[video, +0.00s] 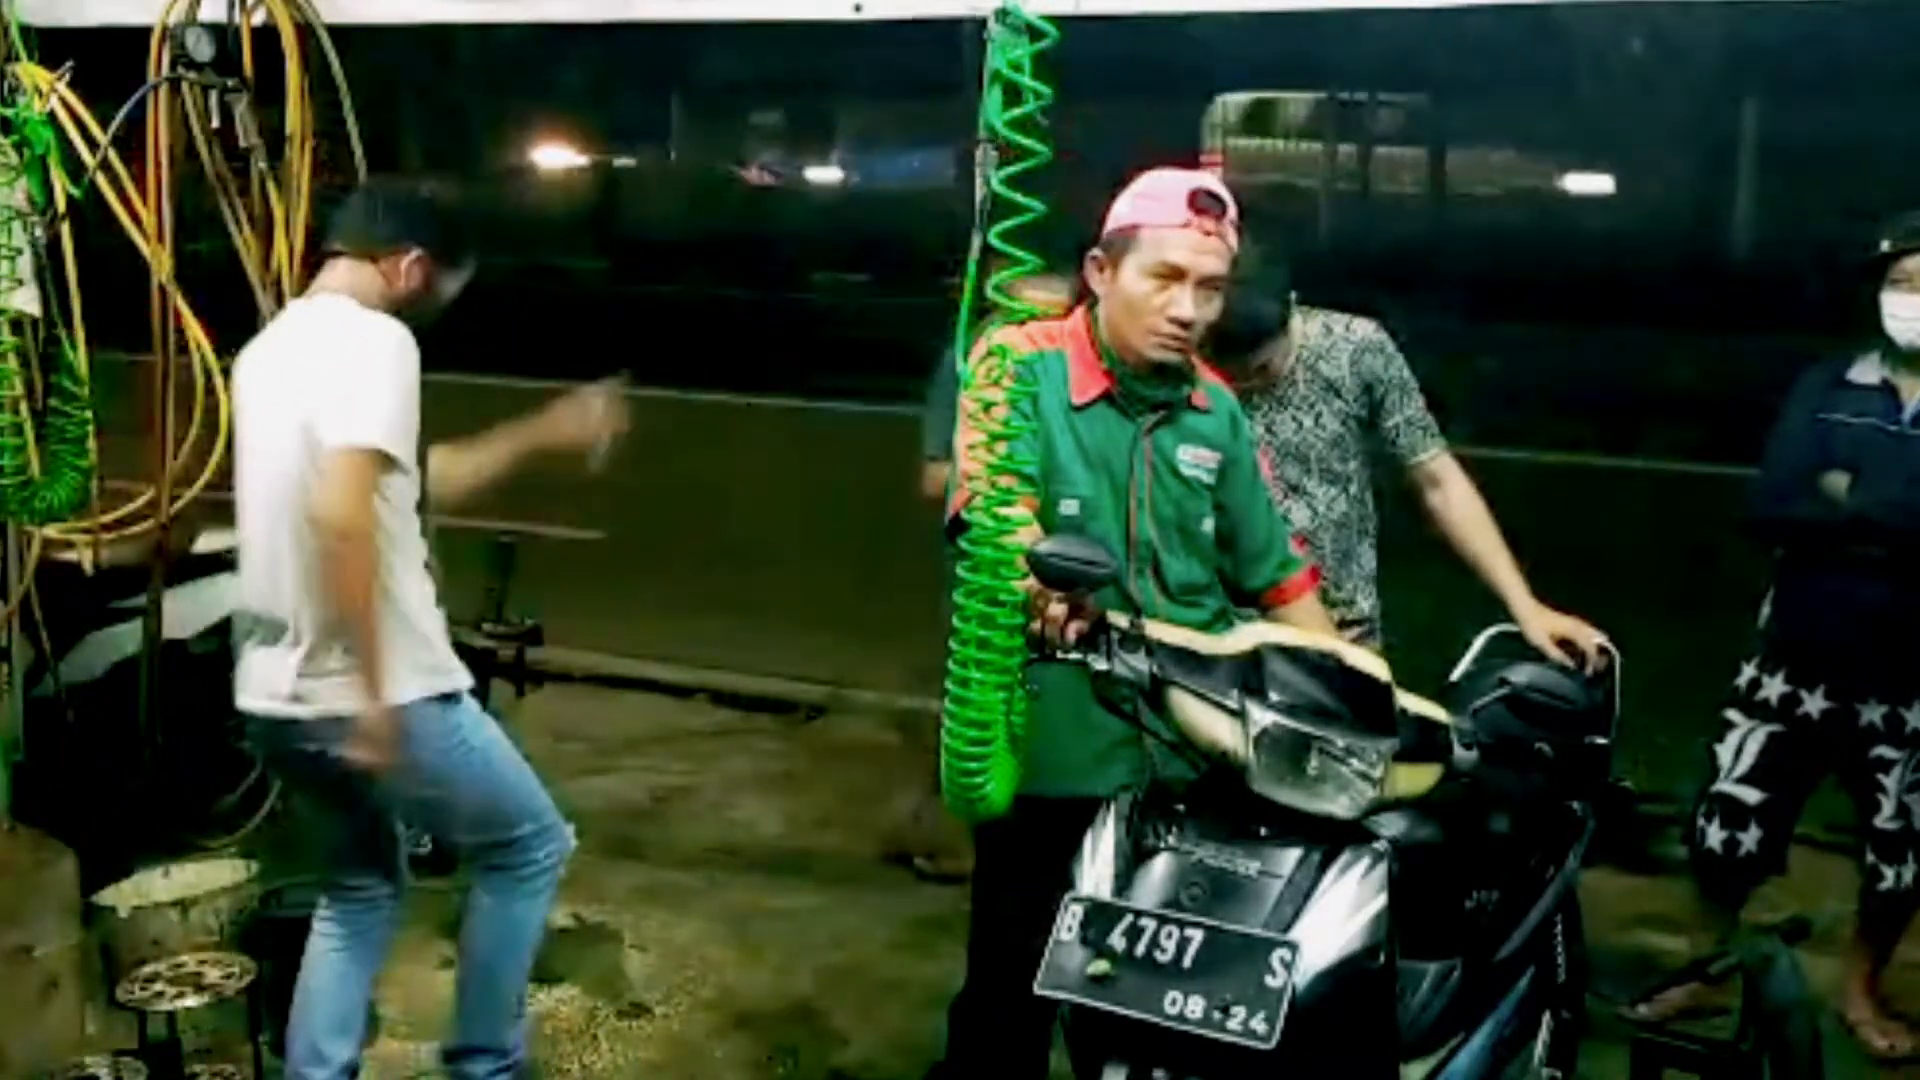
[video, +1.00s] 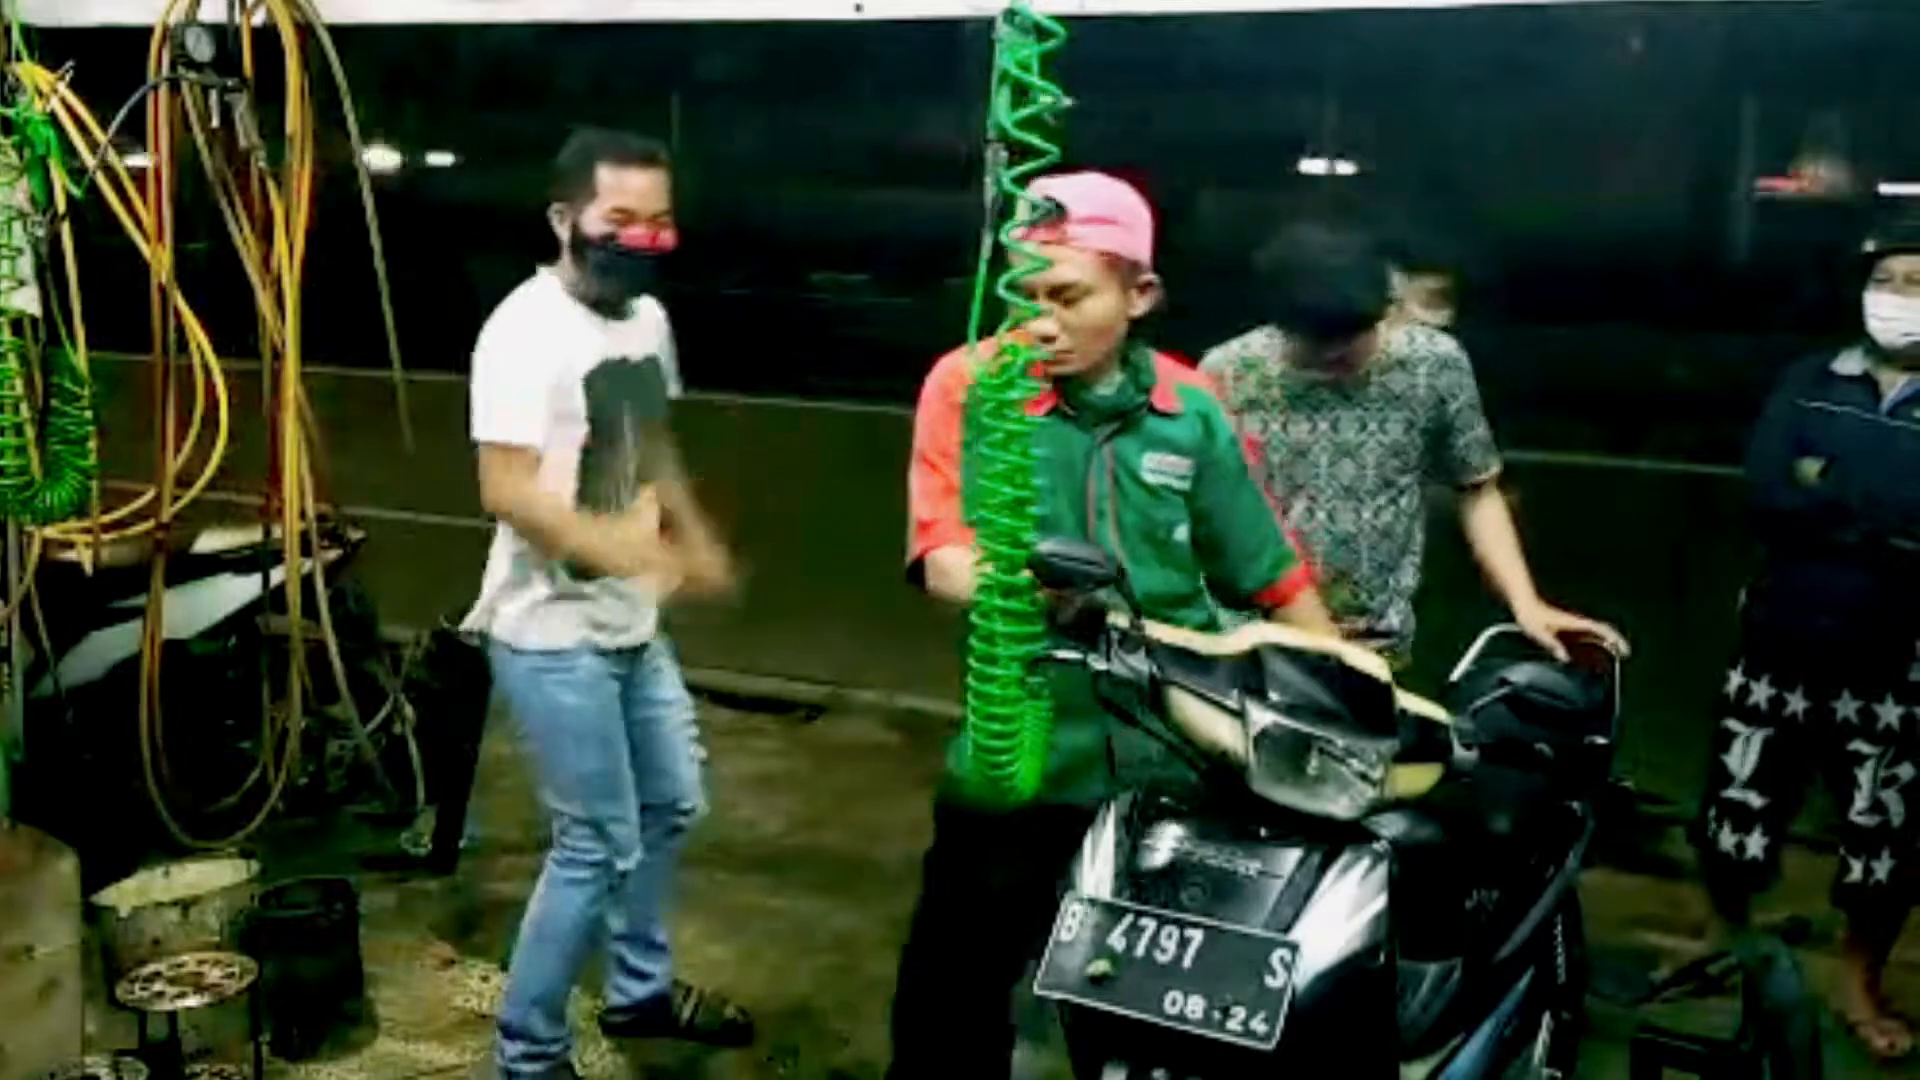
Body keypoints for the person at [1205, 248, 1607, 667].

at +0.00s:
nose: (1251, 382)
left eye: (1263, 366)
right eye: (1233, 372)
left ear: (1287, 323)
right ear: (1197, 344)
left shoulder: (1356, 351)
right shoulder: (1176, 376)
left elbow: (1439, 482)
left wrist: (1526, 608)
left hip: (1338, 646)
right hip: (1215, 653)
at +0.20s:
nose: (1245, 381)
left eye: (1257, 363)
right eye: (1226, 371)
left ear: (1281, 317)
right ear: (1190, 347)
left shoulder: (1357, 354)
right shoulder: (1177, 380)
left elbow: (1440, 482)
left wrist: (1526, 608)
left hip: (1337, 644)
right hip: (1211, 650)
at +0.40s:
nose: (1234, 381)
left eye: (1249, 361)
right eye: (1217, 368)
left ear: (1278, 314)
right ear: (1186, 340)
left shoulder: (1357, 353)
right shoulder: (1179, 378)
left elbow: (1440, 478)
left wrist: (1526, 607)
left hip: (1340, 641)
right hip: (1213, 643)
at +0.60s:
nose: (1248, 377)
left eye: (1263, 359)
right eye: (1231, 364)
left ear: (1297, 314)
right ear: (1204, 342)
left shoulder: (1374, 357)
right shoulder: (1194, 375)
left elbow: (1455, 481)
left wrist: (1525, 607)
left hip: (1348, 642)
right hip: (1228, 642)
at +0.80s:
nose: (1295, 360)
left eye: (1305, 342)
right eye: (1274, 348)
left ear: (1335, 309)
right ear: (1244, 330)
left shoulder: (1406, 365)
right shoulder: (1207, 374)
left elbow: (1468, 489)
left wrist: (1526, 606)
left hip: (1354, 651)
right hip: (1230, 646)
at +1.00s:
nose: (1336, 357)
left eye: (1352, 338)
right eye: (1318, 343)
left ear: (1381, 314)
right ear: (1286, 324)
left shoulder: (1435, 364)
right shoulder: (1229, 373)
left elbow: (1478, 490)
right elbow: (1190, 507)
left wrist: (1528, 607)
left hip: (1374, 653)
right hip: (1252, 648)